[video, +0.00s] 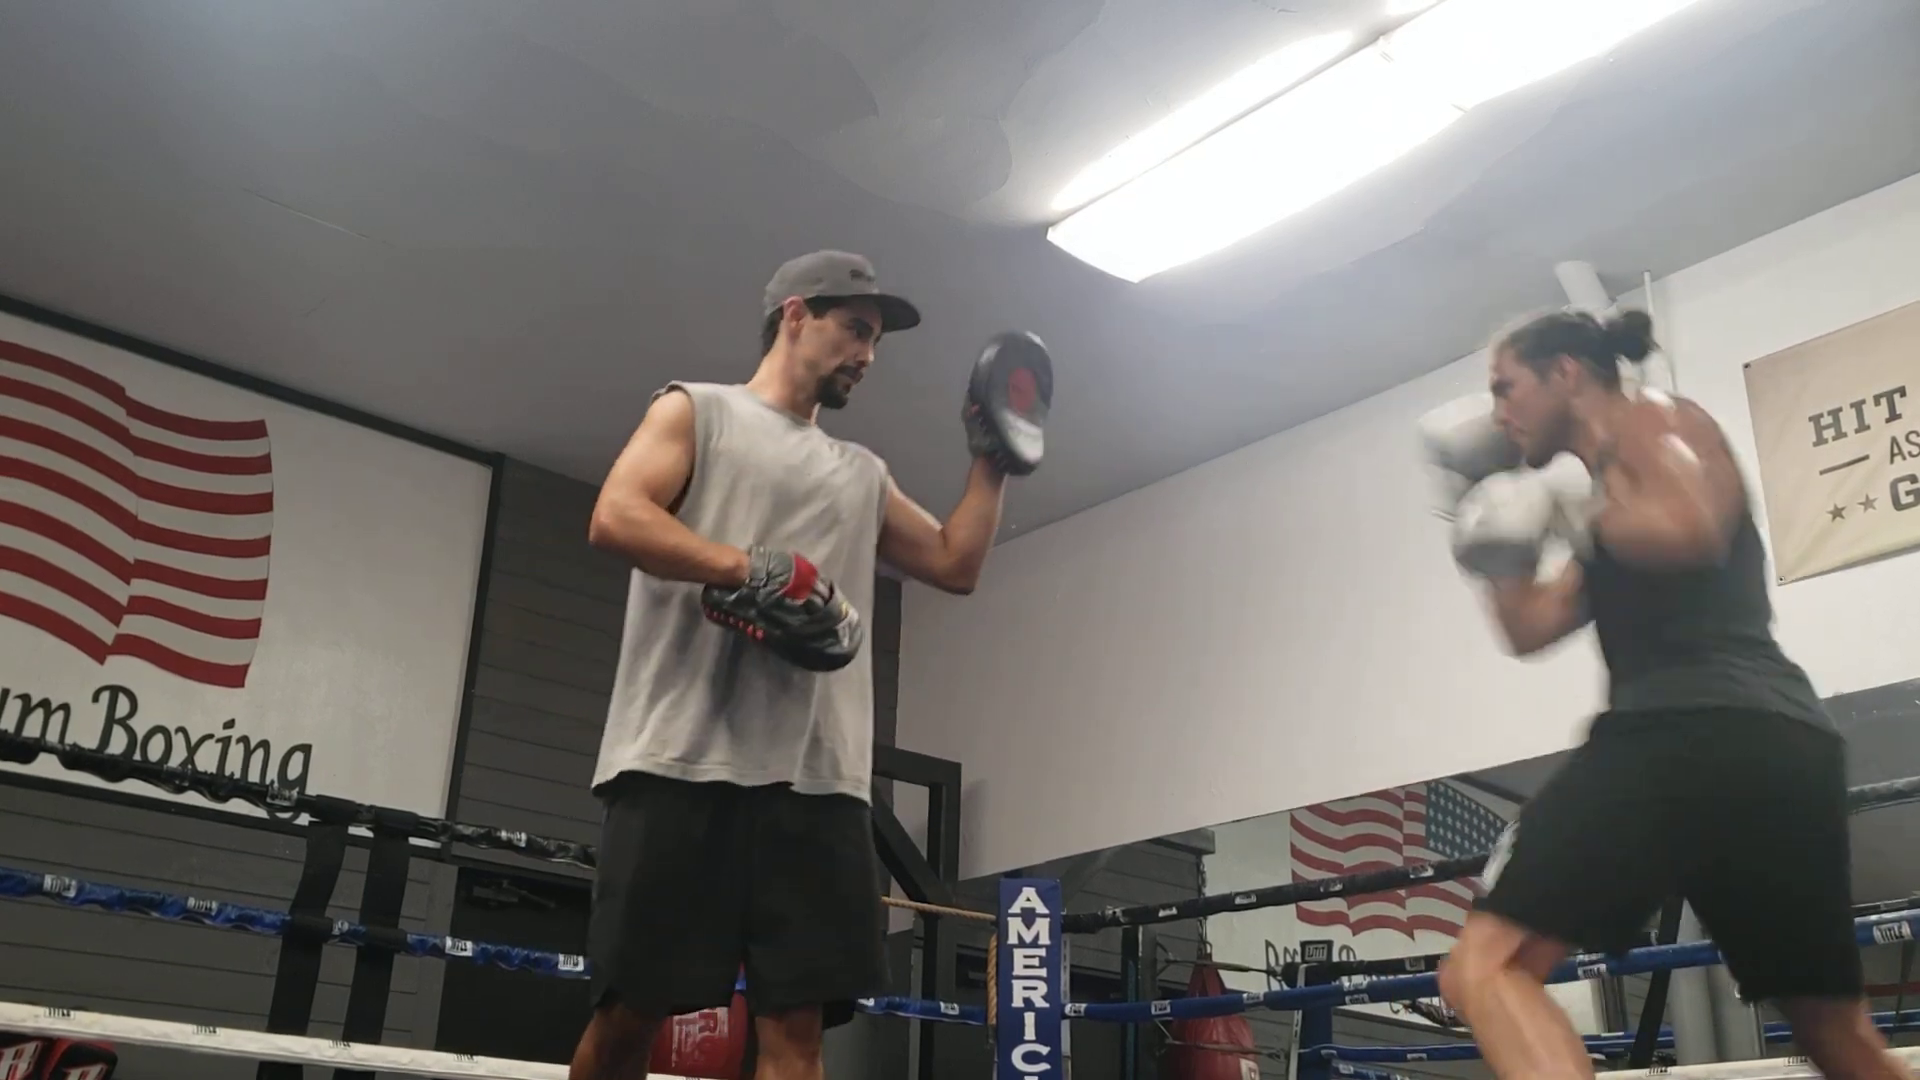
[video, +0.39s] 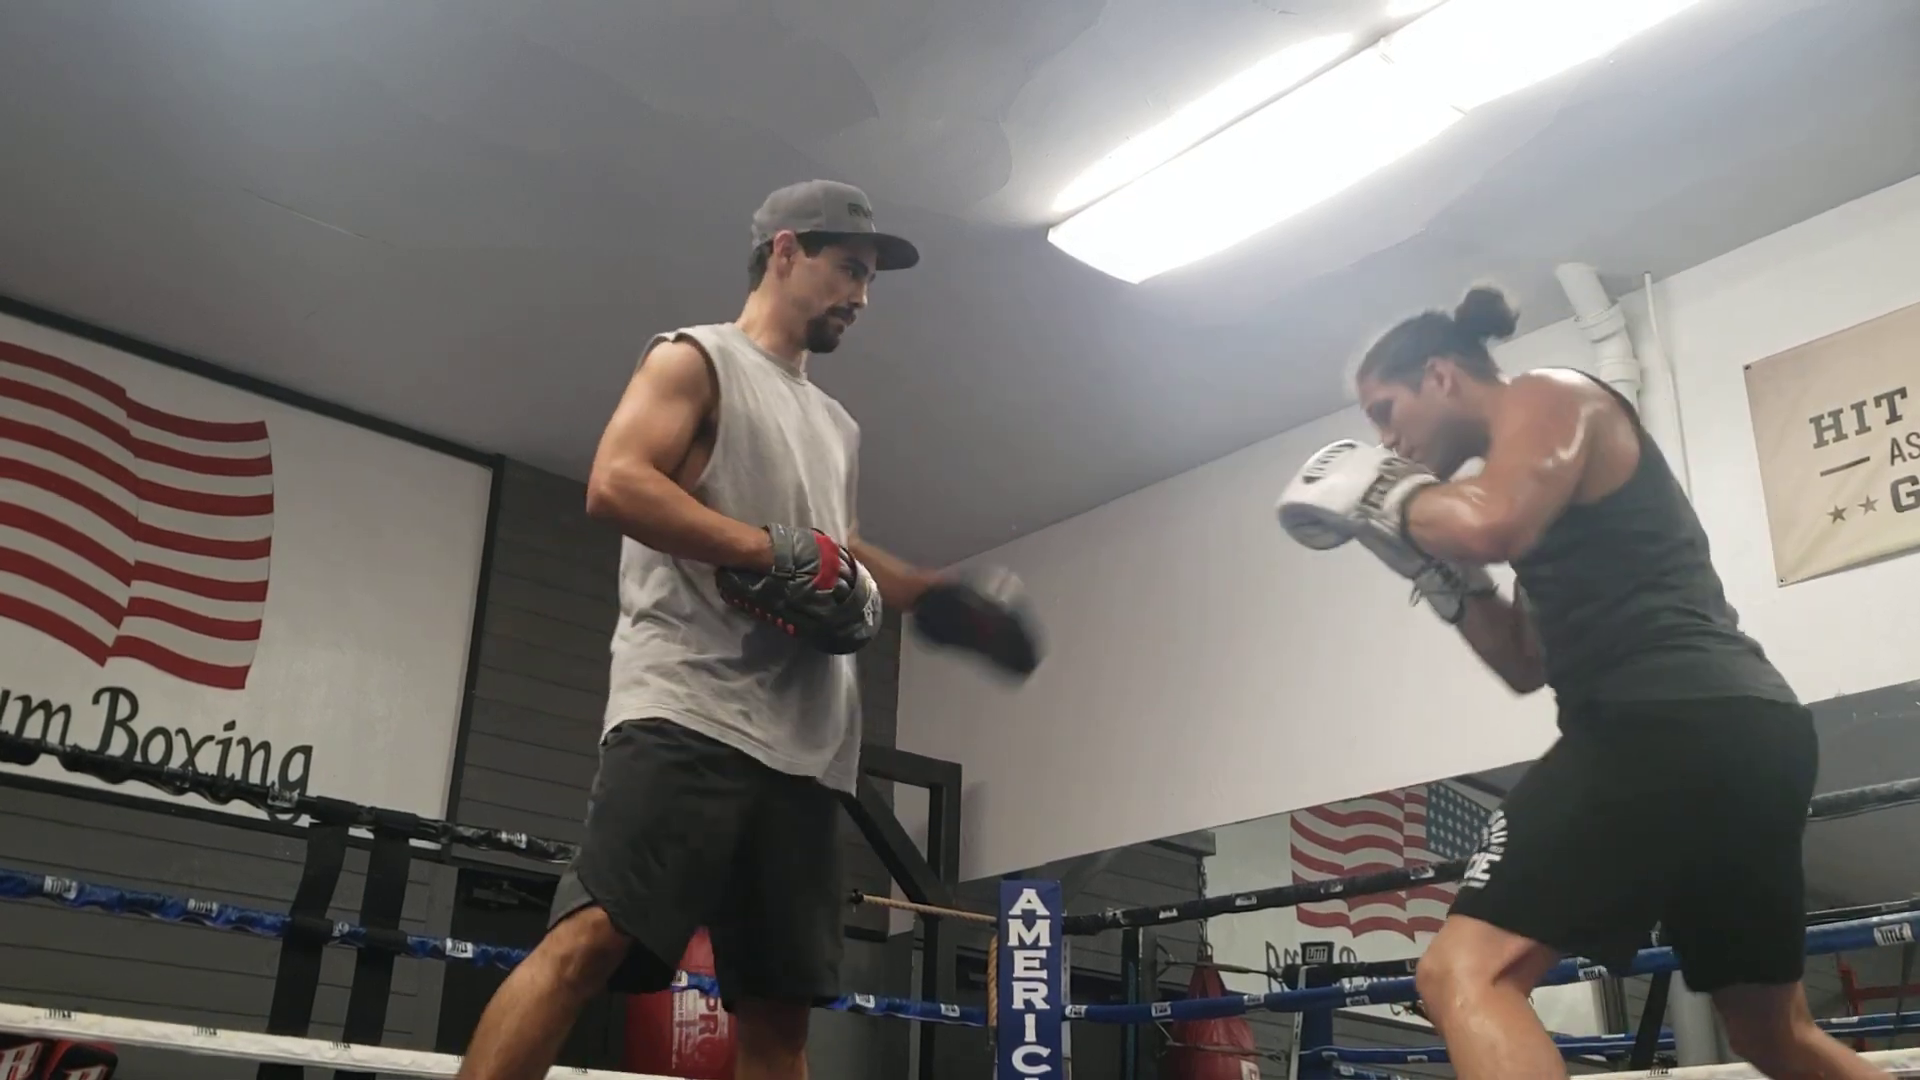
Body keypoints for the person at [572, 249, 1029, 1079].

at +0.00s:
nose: (866, 356)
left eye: (875, 342)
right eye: (855, 329)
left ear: (866, 356)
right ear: (794, 314)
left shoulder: (862, 474)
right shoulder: (692, 410)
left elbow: (955, 563)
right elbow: (617, 515)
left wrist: (993, 455)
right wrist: (753, 570)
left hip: (816, 782)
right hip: (677, 766)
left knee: (794, 1028)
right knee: (627, 1018)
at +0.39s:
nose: (862, 295)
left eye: (870, 277)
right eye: (850, 267)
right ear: (784, 250)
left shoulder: (837, 427)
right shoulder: (693, 359)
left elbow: (837, 554)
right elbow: (618, 483)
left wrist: (937, 596)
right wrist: (777, 554)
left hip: (806, 751)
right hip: (685, 718)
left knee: (778, 1010)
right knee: (589, 943)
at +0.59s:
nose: (796, 273)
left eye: (805, 256)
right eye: (786, 242)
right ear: (720, 217)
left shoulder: (753, 407)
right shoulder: (623, 320)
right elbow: (562, 450)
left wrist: (789, 583)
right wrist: (735, 532)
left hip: (737, 717)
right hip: (620, 693)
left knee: (745, 994)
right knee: (547, 950)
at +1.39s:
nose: (773, 395)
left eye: (781, 379)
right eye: (769, 368)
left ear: (722, 356)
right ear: (719, 344)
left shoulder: (687, 480)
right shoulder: (639, 409)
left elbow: (664, 623)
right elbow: (569, 508)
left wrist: (704, 735)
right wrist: (669, 642)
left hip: (645, 774)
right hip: (570, 742)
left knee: (631, 1015)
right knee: (506, 967)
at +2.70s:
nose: (729, 250)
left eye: (739, 230)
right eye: (732, 216)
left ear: (668, 193)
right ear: (686, 184)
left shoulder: (663, 333)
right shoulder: (586, 272)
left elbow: (656, 504)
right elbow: (558, 411)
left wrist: (733, 581)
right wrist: (709, 539)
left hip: (682, 690)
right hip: (573, 673)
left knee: (746, 936)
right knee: (510, 953)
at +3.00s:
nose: (843, 234)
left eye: (851, 214)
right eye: (846, 202)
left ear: (787, 174)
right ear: (807, 167)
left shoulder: (766, 317)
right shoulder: (695, 228)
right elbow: (659, 362)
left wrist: (844, 569)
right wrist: (805, 505)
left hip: (783, 664)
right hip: (662, 639)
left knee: (837, 929)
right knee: (575, 942)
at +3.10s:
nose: (888, 231)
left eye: (895, 211)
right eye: (892, 198)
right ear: (858, 161)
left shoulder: (823, 318)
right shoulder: (748, 210)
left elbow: (818, 479)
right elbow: (717, 336)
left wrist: (913, 554)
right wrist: (862, 483)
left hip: (847, 658)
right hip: (727, 630)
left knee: (885, 938)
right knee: (636, 936)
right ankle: (520, 1075)